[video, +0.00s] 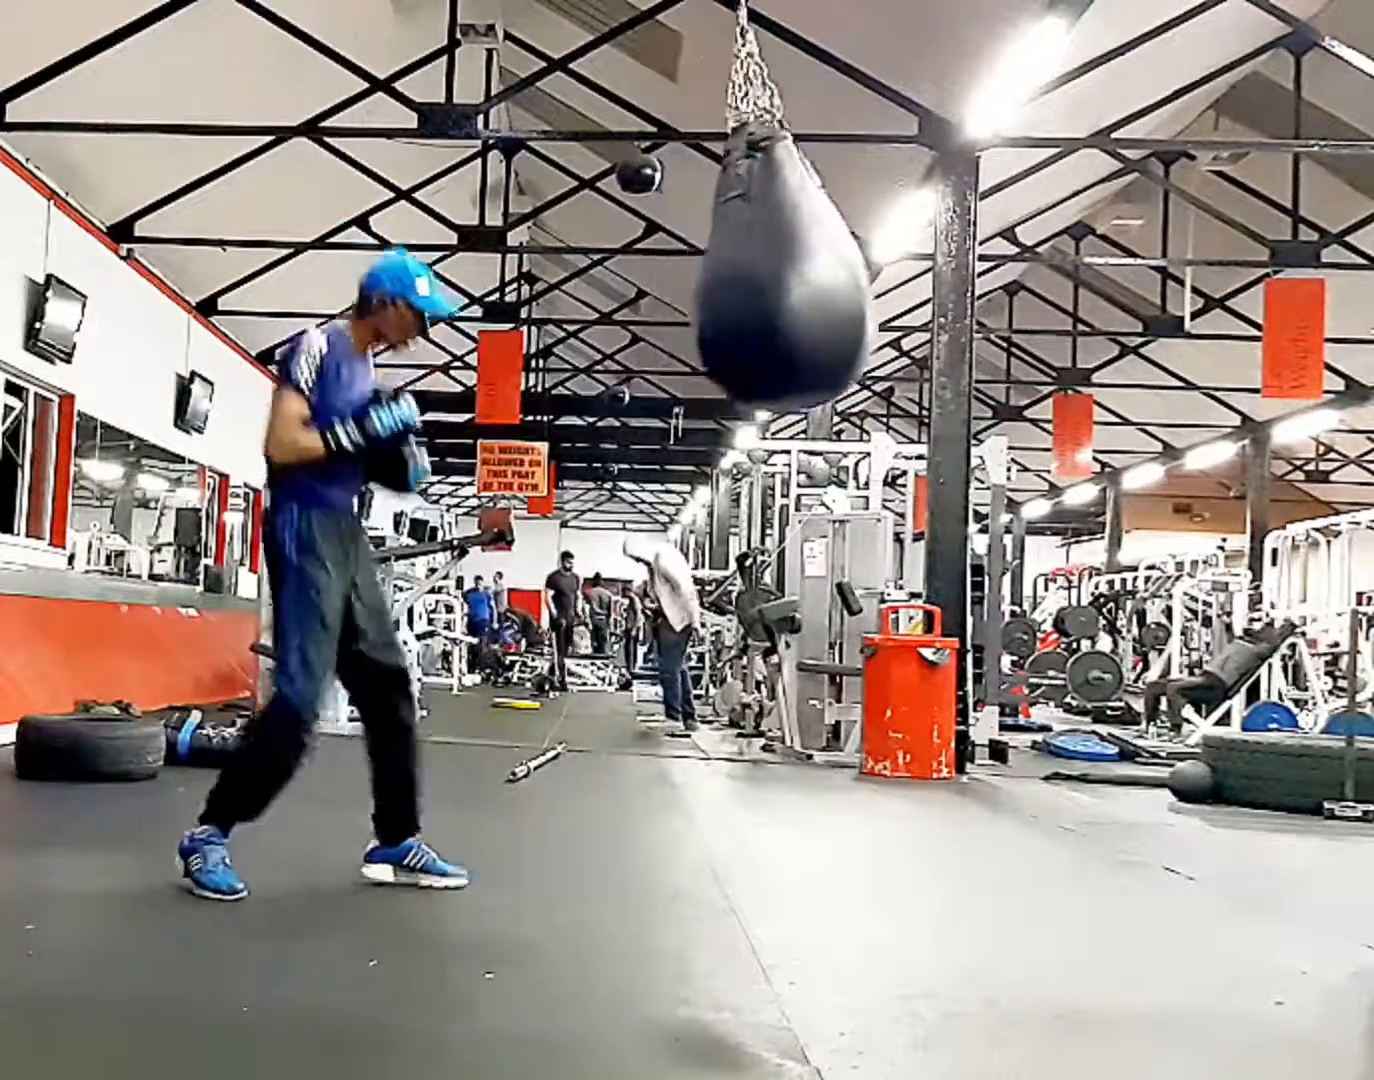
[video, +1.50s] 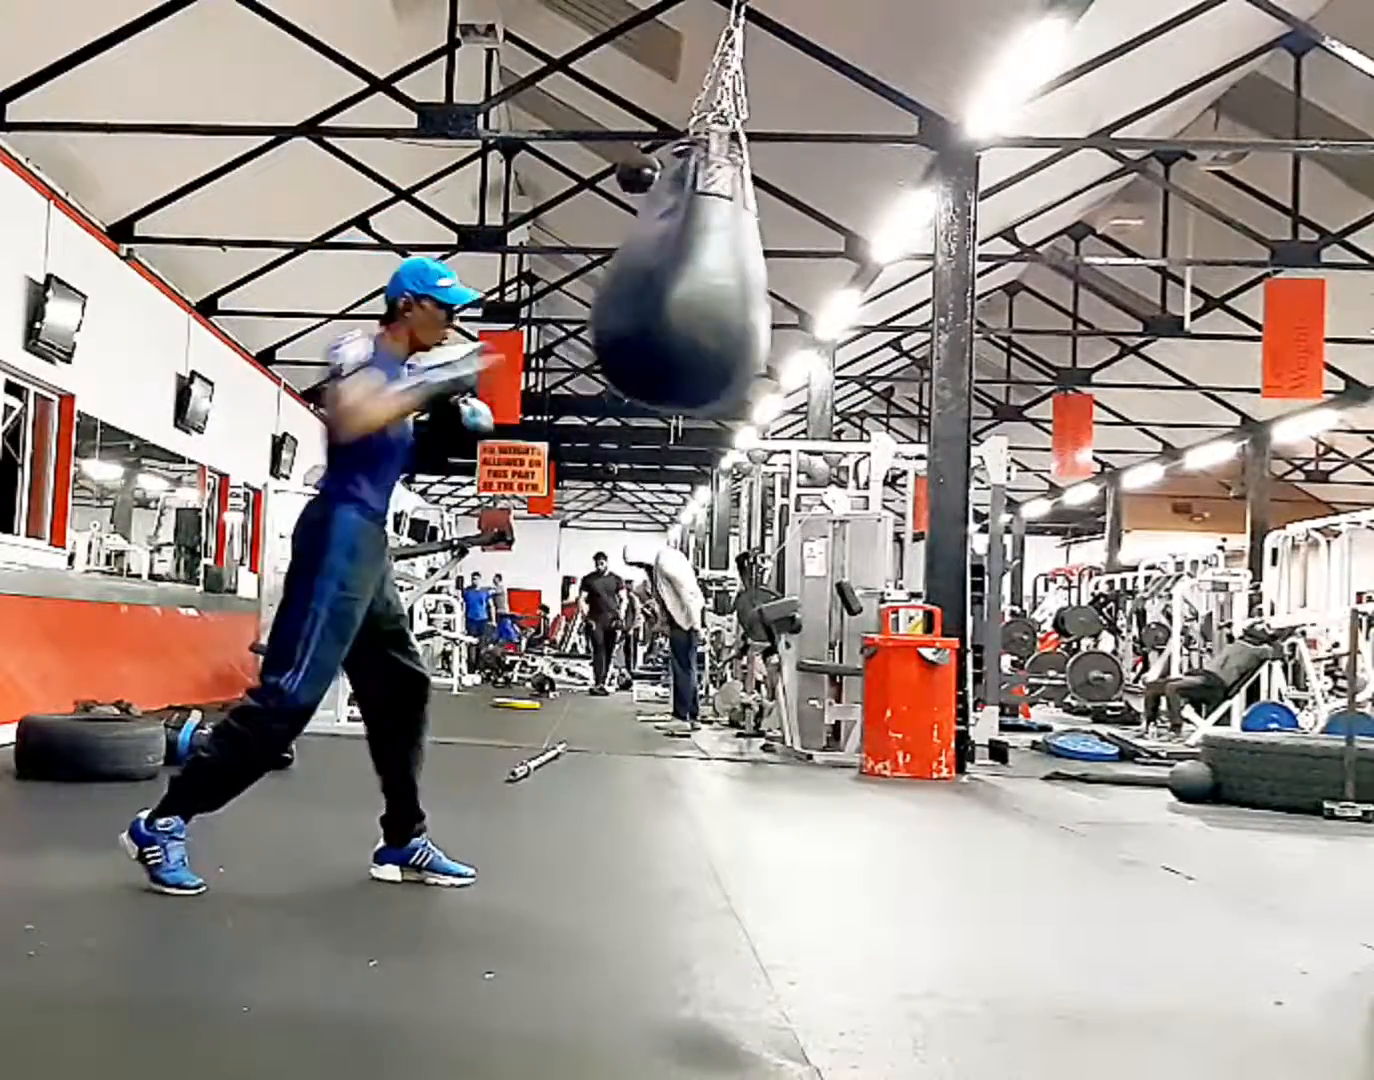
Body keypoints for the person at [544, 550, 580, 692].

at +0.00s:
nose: (570, 565)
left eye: (571, 562)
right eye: (567, 562)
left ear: (573, 563)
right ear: (562, 561)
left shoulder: (576, 578)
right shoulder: (553, 577)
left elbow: (578, 595)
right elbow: (547, 596)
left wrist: (578, 609)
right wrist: (554, 614)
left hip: (571, 616)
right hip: (559, 616)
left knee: (565, 648)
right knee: (560, 649)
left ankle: (552, 674)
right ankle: (562, 680)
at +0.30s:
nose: (571, 563)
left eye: (573, 560)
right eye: (569, 560)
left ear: (575, 561)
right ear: (565, 561)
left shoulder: (580, 576)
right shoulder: (557, 577)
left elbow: (584, 592)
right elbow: (554, 596)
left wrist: (589, 607)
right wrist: (562, 610)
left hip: (578, 613)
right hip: (563, 613)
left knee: (582, 646)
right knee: (562, 647)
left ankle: (571, 674)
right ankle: (563, 677)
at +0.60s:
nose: (581, 566)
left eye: (583, 564)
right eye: (579, 563)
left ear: (586, 564)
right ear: (575, 562)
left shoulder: (590, 578)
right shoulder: (566, 578)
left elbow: (595, 597)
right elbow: (559, 598)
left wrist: (599, 613)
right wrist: (566, 615)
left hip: (586, 618)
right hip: (570, 618)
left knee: (590, 650)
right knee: (566, 652)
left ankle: (597, 681)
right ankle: (563, 681)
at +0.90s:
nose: (597, 565)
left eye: (600, 563)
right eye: (595, 562)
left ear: (603, 563)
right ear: (591, 562)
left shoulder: (605, 579)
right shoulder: (581, 576)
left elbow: (610, 597)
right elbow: (571, 592)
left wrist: (610, 613)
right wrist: (576, 610)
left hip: (599, 617)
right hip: (584, 616)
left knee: (598, 653)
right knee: (578, 650)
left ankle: (599, 684)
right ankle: (567, 681)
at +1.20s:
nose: (602, 563)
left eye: (605, 560)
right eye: (600, 560)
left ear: (608, 561)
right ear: (597, 560)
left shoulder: (614, 578)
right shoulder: (588, 576)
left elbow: (622, 597)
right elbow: (580, 593)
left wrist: (618, 609)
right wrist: (587, 608)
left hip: (607, 616)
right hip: (593, 616)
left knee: (604, 650)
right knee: (592, 649)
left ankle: (601, 682)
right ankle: (591, 681)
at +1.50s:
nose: (600, 565)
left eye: (602, 562)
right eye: (598, 563)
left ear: (607, 563)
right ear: (595, 564)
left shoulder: (616, 579)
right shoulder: (588, 579)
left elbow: (624, 598)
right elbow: (581, 599)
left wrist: (620, 615)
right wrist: (585, 615)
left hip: (611, 617)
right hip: (595, 617)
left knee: (608, 649)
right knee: (598, 648)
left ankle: (603, 679)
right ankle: (599, 681)